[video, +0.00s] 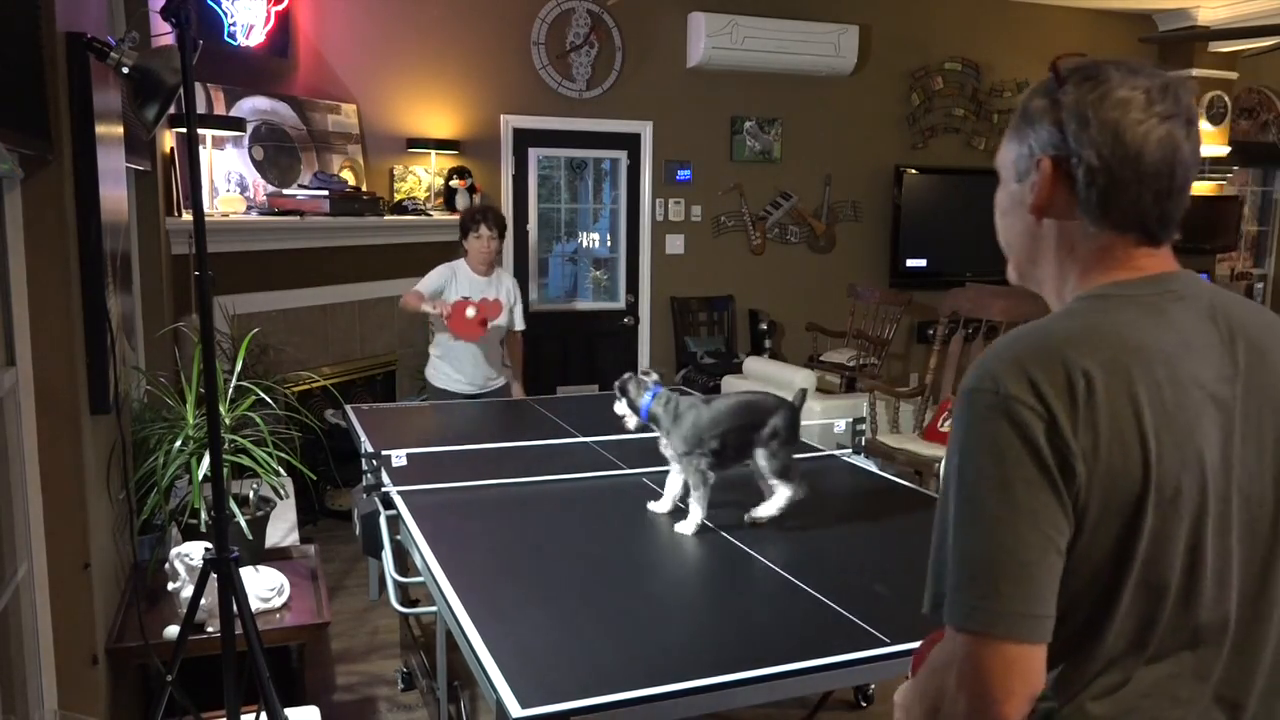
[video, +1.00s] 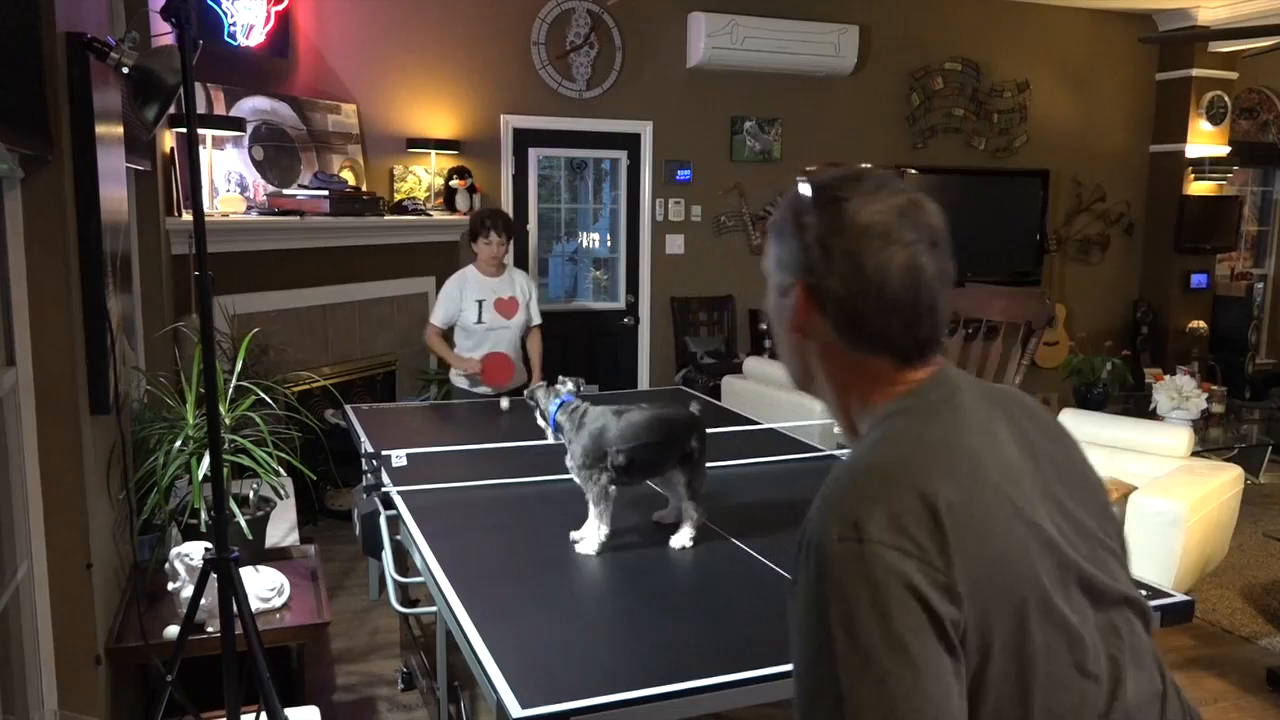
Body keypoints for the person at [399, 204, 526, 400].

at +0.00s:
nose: (486, 245)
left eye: (492, 238)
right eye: (477, 238)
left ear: (500, 243)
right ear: (465, 242)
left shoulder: (507, 283)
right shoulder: (447, 273)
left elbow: (514, 336)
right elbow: (407, 300)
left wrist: (516, 381)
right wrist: (430, 306)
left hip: (493, 386)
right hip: (448, 387)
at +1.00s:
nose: (496, 251)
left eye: (502, 244)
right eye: (487, 243)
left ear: (508, 245)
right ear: (474, 245)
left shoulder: (522, 281)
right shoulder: (458, 283)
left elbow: (532, 330)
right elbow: (431, 334)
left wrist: (536, 377)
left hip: (515, 387)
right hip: (470, 391)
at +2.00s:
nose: (509, 234)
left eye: (514, 228)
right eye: (501, 228)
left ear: (519, 232)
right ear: (484, 233)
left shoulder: (530, 272)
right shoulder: (464, 271)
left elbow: (541, 326)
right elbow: (441, 320)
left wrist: (545, 374)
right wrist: (476, 348)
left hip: (522, 381)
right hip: (478, 381)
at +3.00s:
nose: (604, 263)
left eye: (609, 258)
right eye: (598, 256)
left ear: (613, 262)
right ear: (581, 256)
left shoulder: (598, 297)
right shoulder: (561, 281)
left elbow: (586, 341)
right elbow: (537, 315)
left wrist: (576, 376)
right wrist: (549, 342)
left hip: (560, 376)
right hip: (521, 372)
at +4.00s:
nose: (506, 249)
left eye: (513, 243)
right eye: (501, 242)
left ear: (526, 245)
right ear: (494, 243)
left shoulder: (541, 278)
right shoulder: (481, 277)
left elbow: (548, 333)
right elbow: (461, 314)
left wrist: (523, 376)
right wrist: (449, 348)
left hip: (536, 376)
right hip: (494, 376)